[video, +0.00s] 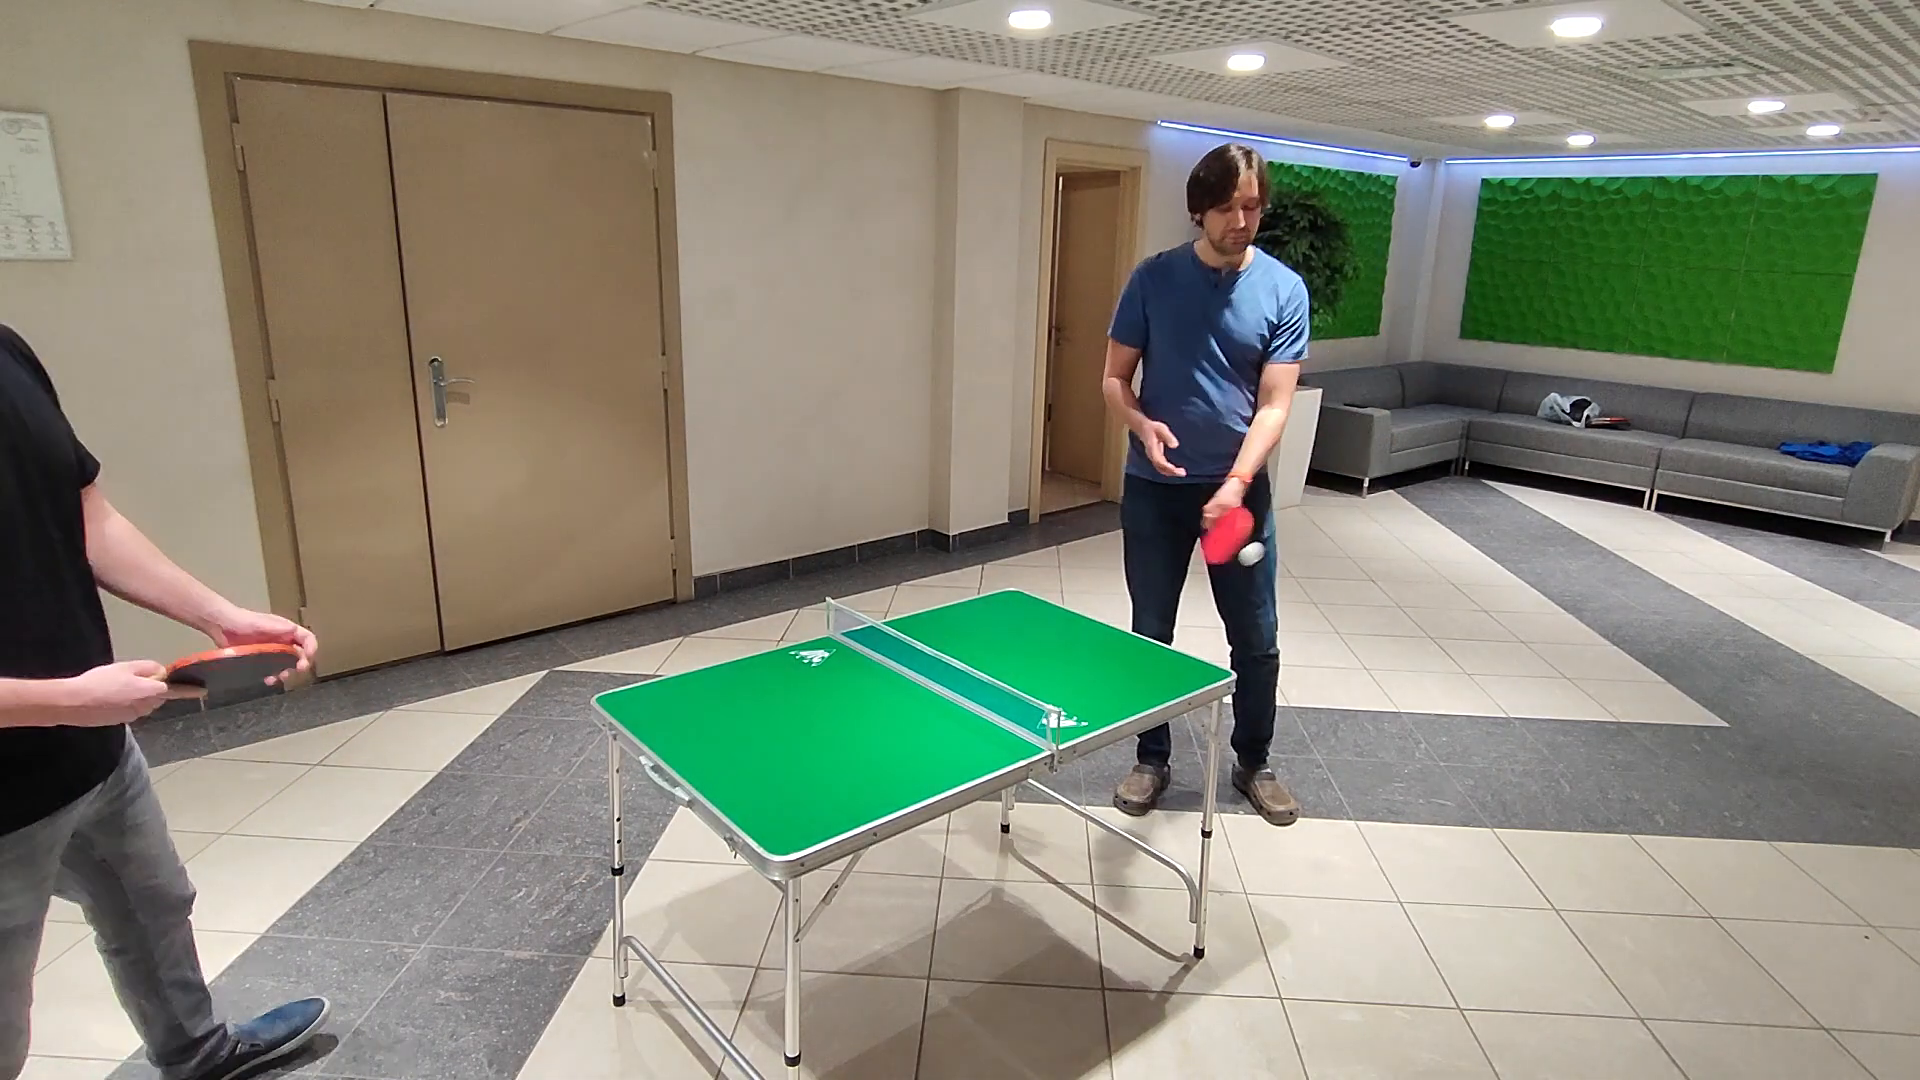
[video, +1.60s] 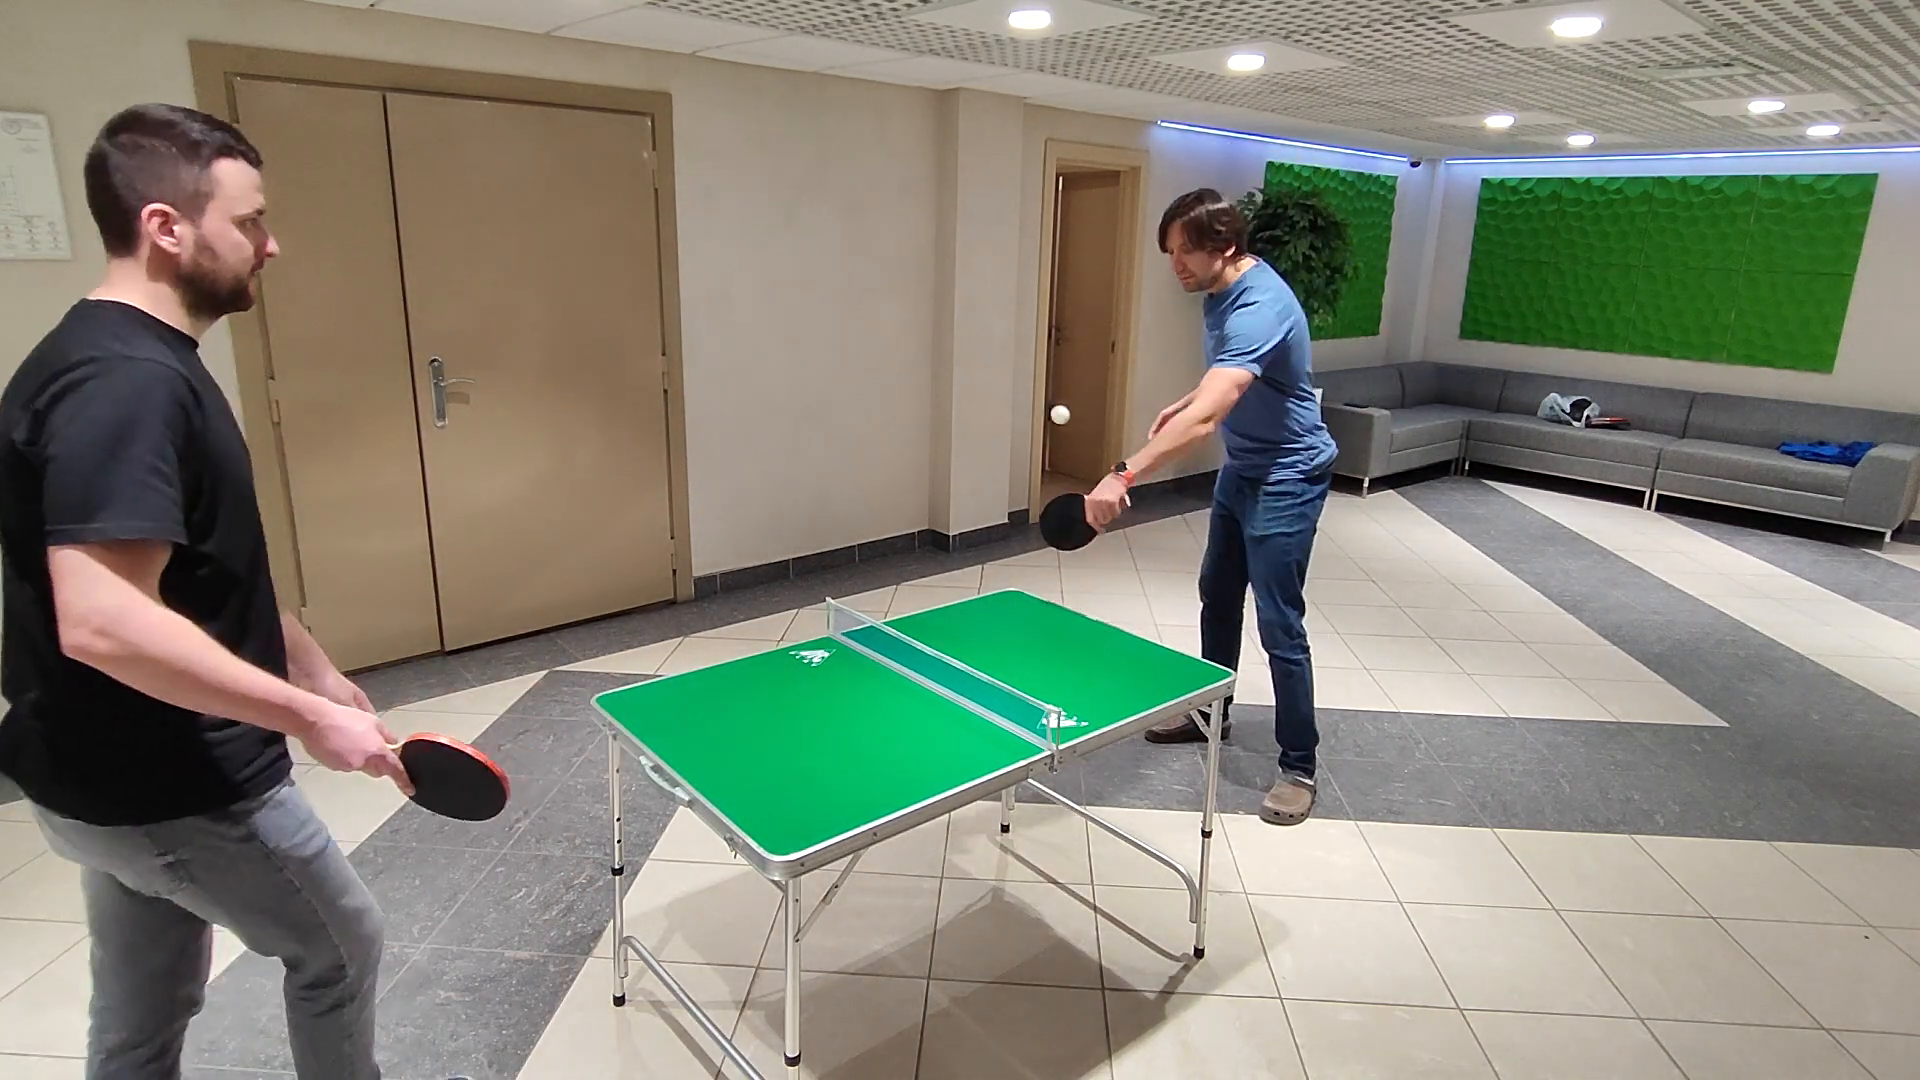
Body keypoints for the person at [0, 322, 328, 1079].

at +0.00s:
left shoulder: (11, 358)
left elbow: (91, 523)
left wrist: (225, 617)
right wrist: (65, 699)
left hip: (94, 751)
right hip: (9, 791)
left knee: (151, 909)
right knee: (5, 1043)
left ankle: (193, 1051)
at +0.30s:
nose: (127, 244)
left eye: (128, 220)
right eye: (101, 221)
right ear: (12, 222)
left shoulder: (116, 348)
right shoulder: (6, 366)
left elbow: (173, 506)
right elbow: (0, 640)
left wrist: (255, 622)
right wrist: (120, 712)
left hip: (162, 719)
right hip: (47, 754)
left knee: (191, 912)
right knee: (124, 981)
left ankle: (203, 1050)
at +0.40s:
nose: (177, 256)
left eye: (179, 230)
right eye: (151, 230)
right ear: (52, 221)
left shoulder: (156, 347)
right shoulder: (12, 370)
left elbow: (202, 504)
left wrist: (262, 624)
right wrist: (147, 716)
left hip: (166, 706)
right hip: (56, 733)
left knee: (195, 902)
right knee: (169, 961)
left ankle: (203, 1046)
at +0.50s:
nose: (229, 270)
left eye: (234, 247)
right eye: (205, 246)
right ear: (112, 232)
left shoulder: (194, 349)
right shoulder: (40, 372)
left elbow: (218, 492)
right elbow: (25, 599)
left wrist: (268, 614)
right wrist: (190, 725)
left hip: (167, 703)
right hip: (71, 727)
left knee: (162, 907)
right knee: (214, 928)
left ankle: (200, 1046)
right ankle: (217, 1072)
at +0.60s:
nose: (279, 292)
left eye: (285, 269)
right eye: (258, 269)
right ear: (170, 251)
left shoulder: (218, 350)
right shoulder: (91, 394)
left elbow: (243, 494)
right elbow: (109, 617)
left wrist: (287, 617)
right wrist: (284, 737)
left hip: (171, 695)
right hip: (96, 721)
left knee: (162, 889)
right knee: (232, 928)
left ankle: (193, 1048)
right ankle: (309, 1071)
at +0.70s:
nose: (316, 306)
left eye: (322, 283)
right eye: (296, 280)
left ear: (219, 264)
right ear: (211, 261)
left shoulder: (227, 351)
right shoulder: (158, 401)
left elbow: (255, 501)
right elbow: (212, 627)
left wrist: (307, 610)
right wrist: (388, 718)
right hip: (141, 712)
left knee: (173, 885)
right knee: (257, 932)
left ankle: (197, 1050)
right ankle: (328, 1070)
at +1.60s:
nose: (269, 247)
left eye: (264, 222)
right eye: (250, 222)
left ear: (172, 231)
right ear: (166, 228)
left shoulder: (100, 352)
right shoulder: (133, 376)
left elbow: (209, 586)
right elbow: (98, 620)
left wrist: (327, 684)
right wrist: (309, 716)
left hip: (101, 781)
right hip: (190, 790)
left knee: (141, 1021)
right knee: (340, 949)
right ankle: (340, 1072)